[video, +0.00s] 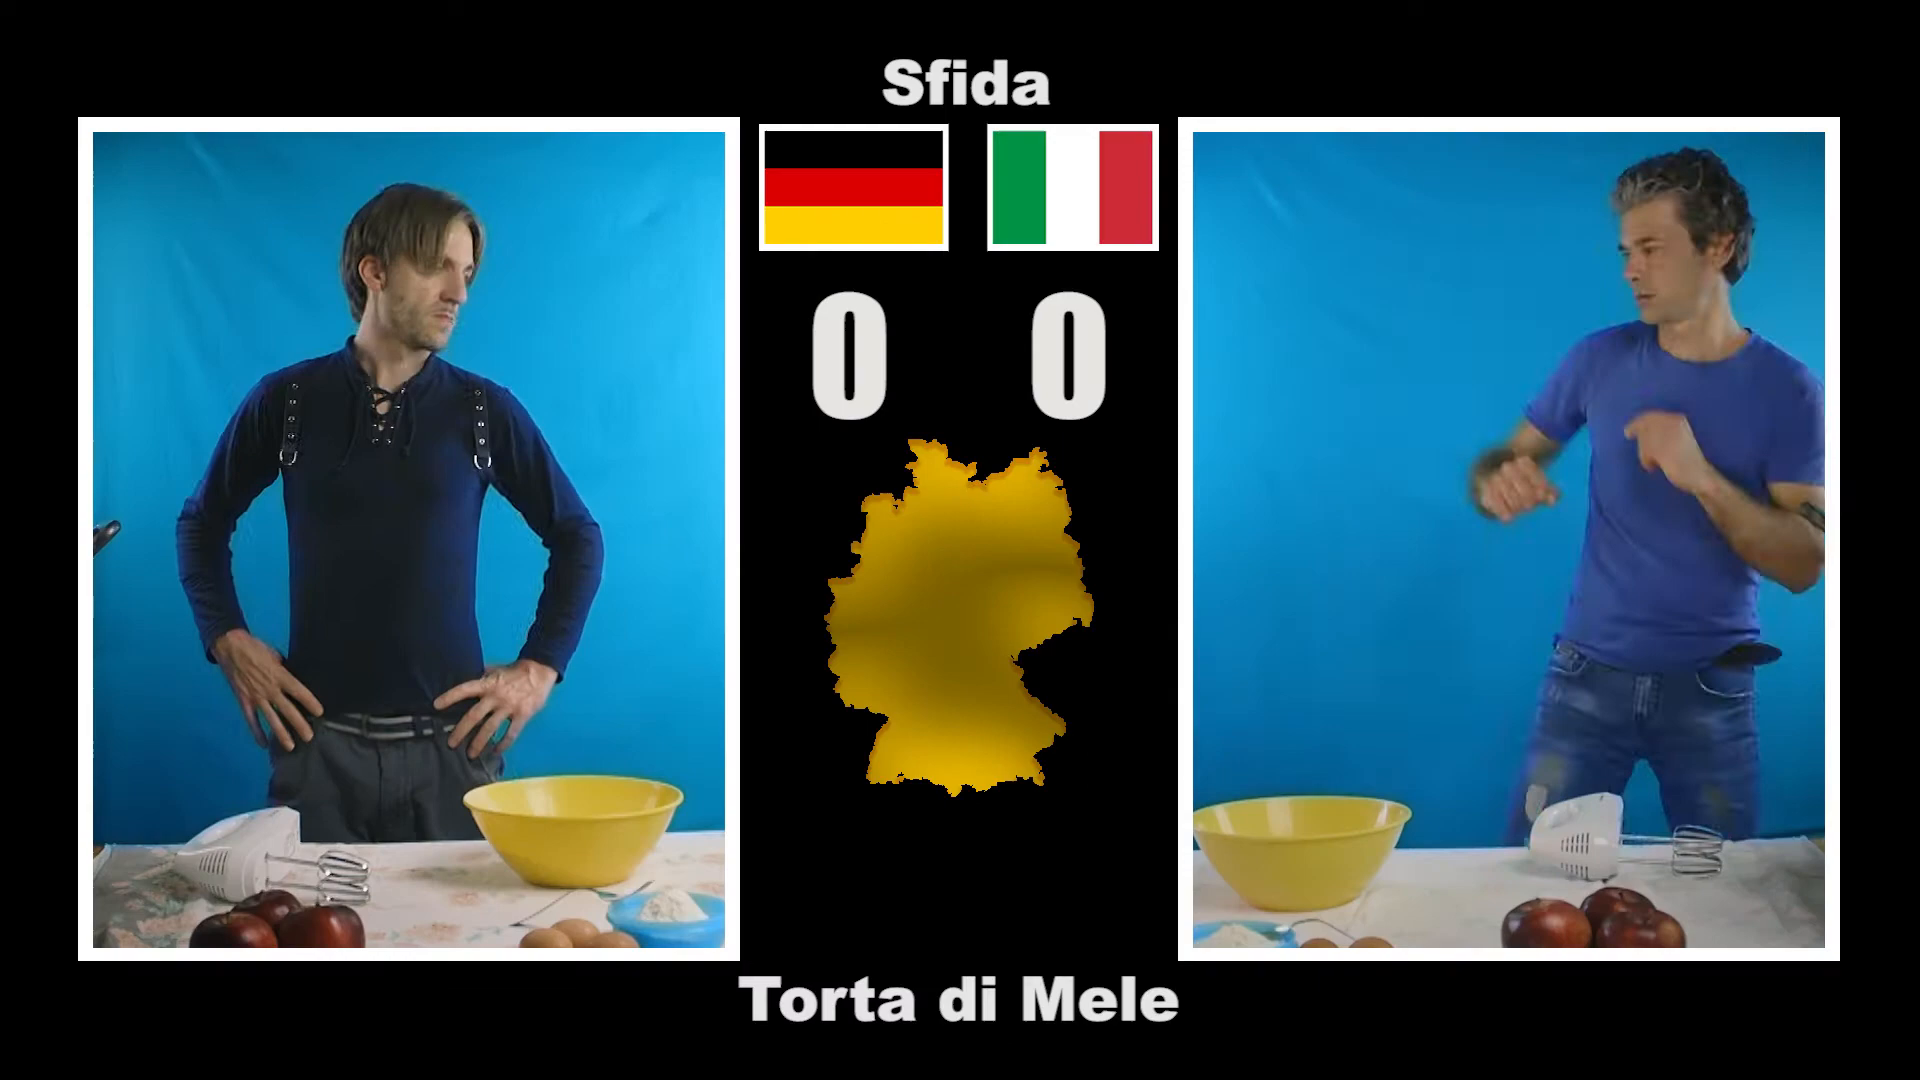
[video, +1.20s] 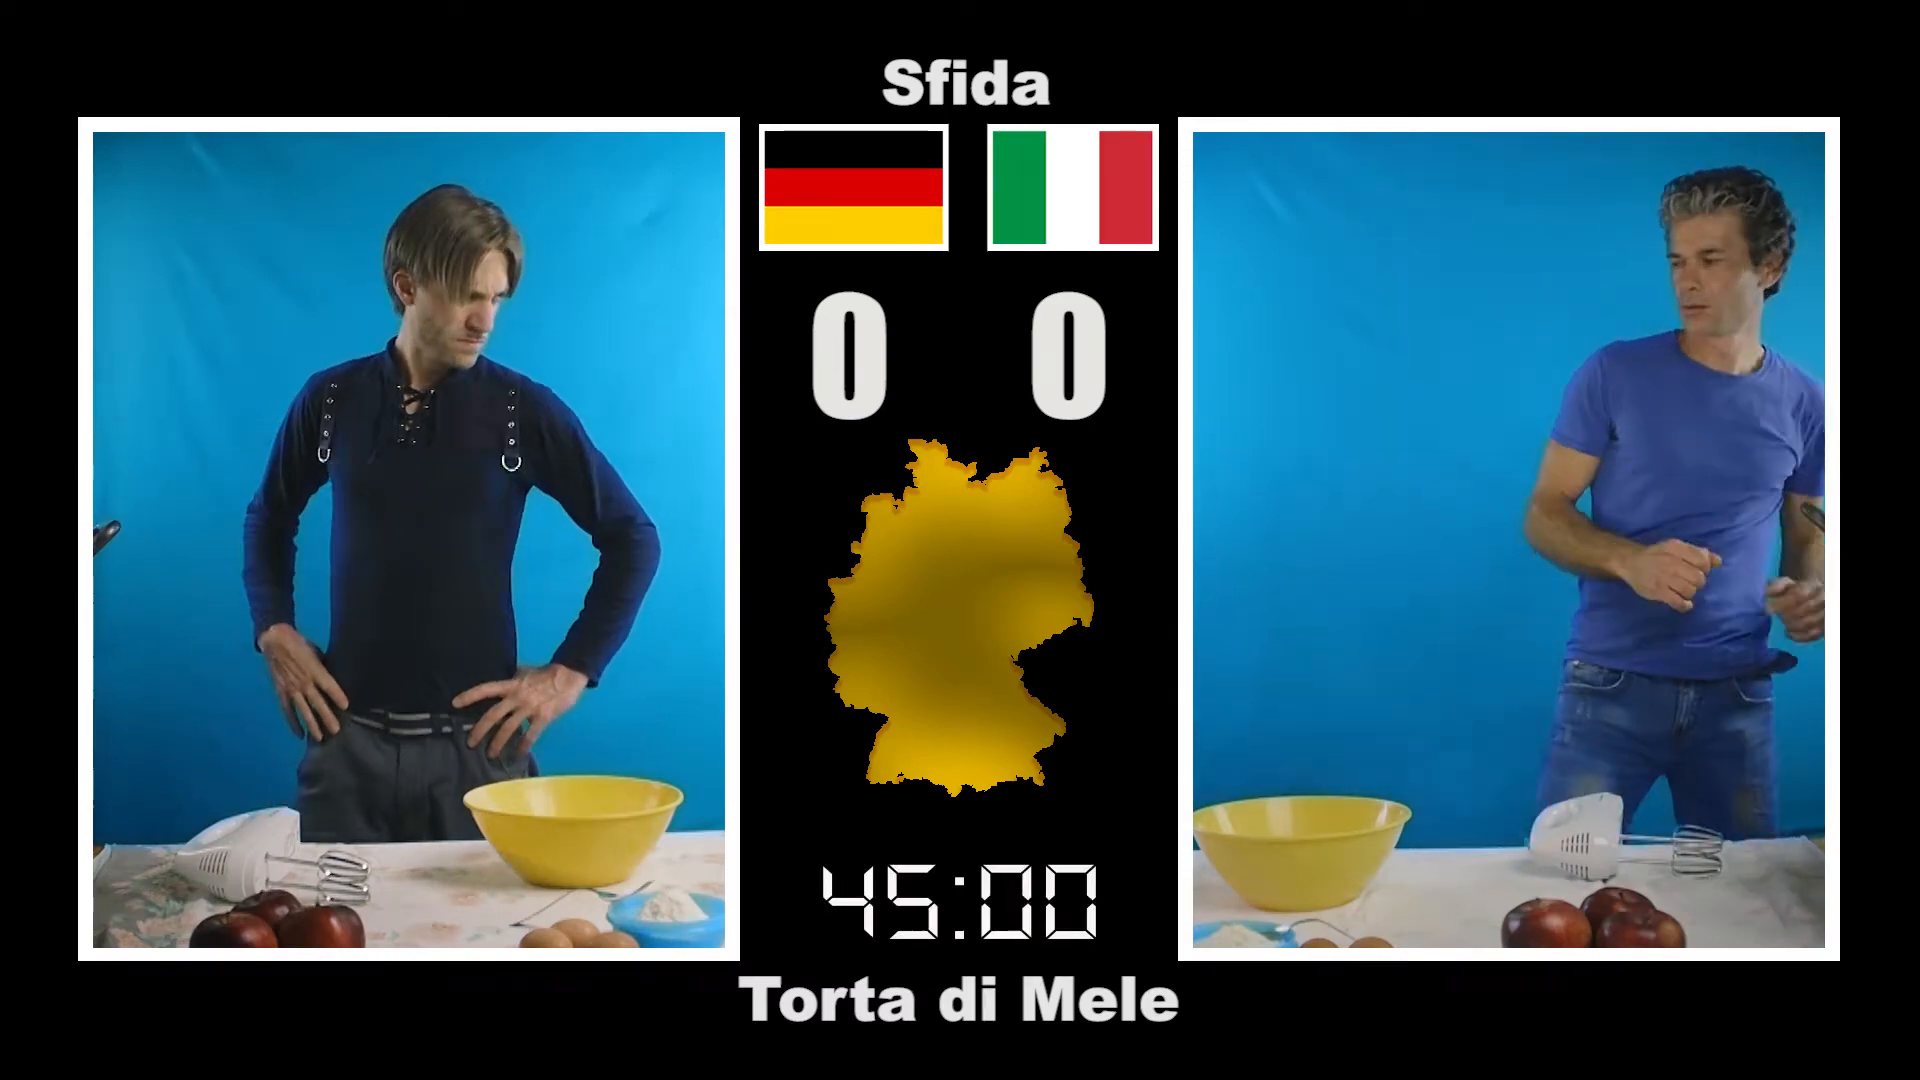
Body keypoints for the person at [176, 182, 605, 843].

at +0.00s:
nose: (457, 291)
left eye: (465, 274)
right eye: (435, 267)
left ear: (471, 281)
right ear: (372, 272)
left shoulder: (485, 411)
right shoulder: (286, 403)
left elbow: (578, 538)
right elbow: (202, 524)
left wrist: (539, 668)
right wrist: (228, 638)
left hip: (451, 753)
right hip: (320, 752)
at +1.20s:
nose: (483, 318)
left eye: (496, 299)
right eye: (466, 296)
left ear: (507, 296)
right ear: (405, 284)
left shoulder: (525, 413)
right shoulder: (331, 402)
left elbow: (632, 539)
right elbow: (270, 517)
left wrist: (569, 671)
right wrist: (274, 630)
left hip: (477, 753)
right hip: (349, 749)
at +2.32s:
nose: (482, 349)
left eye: (504, 327)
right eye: (465, 325)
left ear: (527, 316)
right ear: (431, 304)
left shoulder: (543, 431)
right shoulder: (354, 407)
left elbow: (594, 566)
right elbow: (318, 557)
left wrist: (624, 685)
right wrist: (340, 694)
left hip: (487, 733)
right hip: (362, 738)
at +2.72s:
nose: (444, 382)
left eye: (462, 358)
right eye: (427, 359)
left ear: (480, 340)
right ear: (383, 331)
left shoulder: (489, 432)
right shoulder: (316, 435)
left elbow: (516, 550)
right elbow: (259, 600)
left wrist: (595, 635)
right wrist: (327, 684)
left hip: (462, 738)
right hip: (343, 745)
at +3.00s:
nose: (463, 381)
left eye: (481, 358)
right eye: (447, 357)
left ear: (500, 344)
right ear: (403, 328)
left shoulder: (498, 438)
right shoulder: (333, 432)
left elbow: (513, 564)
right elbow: (262, 592)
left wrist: (593, 650)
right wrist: (337, 697)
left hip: (464, 740)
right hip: (344, 751)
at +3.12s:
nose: (469, 382)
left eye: (487, 359)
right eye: (453, 356)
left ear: (506, 346)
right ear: (409, 329)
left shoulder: (502, 438)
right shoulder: (338, 430)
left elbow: (520, 569)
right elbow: (270, 592)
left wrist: (603, 652)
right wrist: (353, 701)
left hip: (467, 743)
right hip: (346, 751)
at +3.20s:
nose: (472, 381)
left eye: (490, 359)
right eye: (456, 357)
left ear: (509, 346)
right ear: (412, 328)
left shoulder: (505, 438)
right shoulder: (340, 431)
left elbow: (523, 569)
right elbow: (274, 594)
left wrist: (608, 652)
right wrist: (365, 702)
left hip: (468, 739)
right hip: (348, 748)